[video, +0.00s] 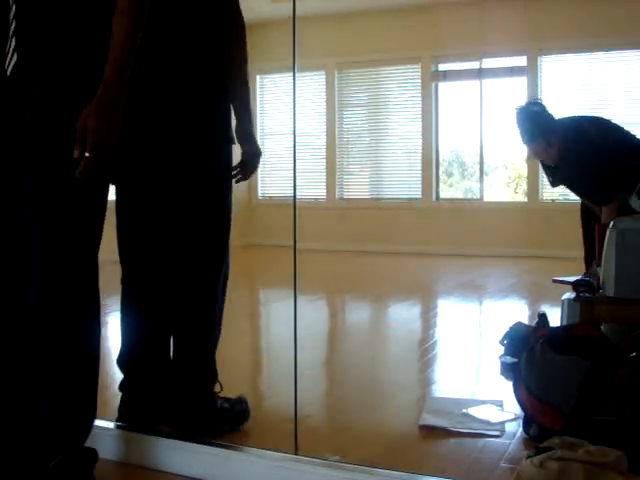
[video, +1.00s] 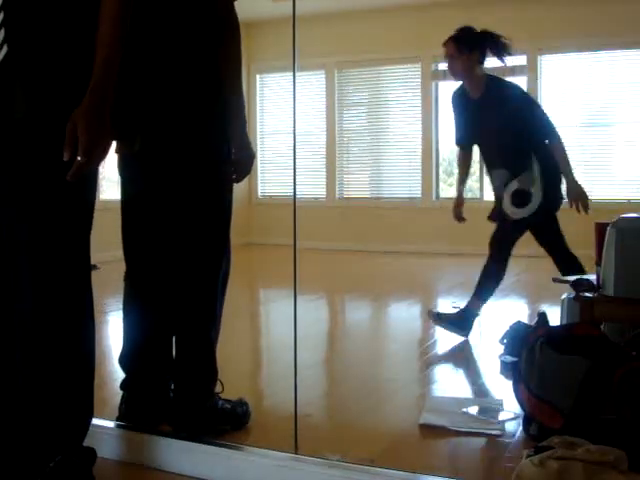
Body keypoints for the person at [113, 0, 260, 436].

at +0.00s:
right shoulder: (226, 9)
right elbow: (234, 61)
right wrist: (247, 132)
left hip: (135, 134)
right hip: (199, 139)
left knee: (143, 269)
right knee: (202, 270)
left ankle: (140, 398)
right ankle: (194, 400)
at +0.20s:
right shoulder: (228, 13)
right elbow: (234, 50)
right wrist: (247, 130)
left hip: (135, 128)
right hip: (201, 133)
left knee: (144, 267)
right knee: (203, 269)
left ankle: (141, 397)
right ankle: (195, 399)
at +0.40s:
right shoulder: (224, 14)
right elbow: (229, 57)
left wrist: (104, 126)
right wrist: (241, 131)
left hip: (141, 129)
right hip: (202, 134)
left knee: (146, 267)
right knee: (204, 269)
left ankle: (142, 397)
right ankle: (196, 397)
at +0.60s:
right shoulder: (219, 15)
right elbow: (222, 36)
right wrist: (233, 132)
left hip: (141, 120)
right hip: (199, 121)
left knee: (148, 262)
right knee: (204, 263)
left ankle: (142, 396)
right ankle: (196, 397)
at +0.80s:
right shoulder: (222, 16)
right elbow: (225, 60)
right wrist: (237, 134)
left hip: (143, 125)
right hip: (201, 128)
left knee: (148, 263)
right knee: (204, 265)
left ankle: (142, 396)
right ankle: (196, 397)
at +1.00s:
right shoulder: (223, 14)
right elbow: (227, 54)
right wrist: (239, 132)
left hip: (142, 122)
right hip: (202, 125)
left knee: (147, 263)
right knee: (203, 264)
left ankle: (142, 396)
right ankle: (195, 397)